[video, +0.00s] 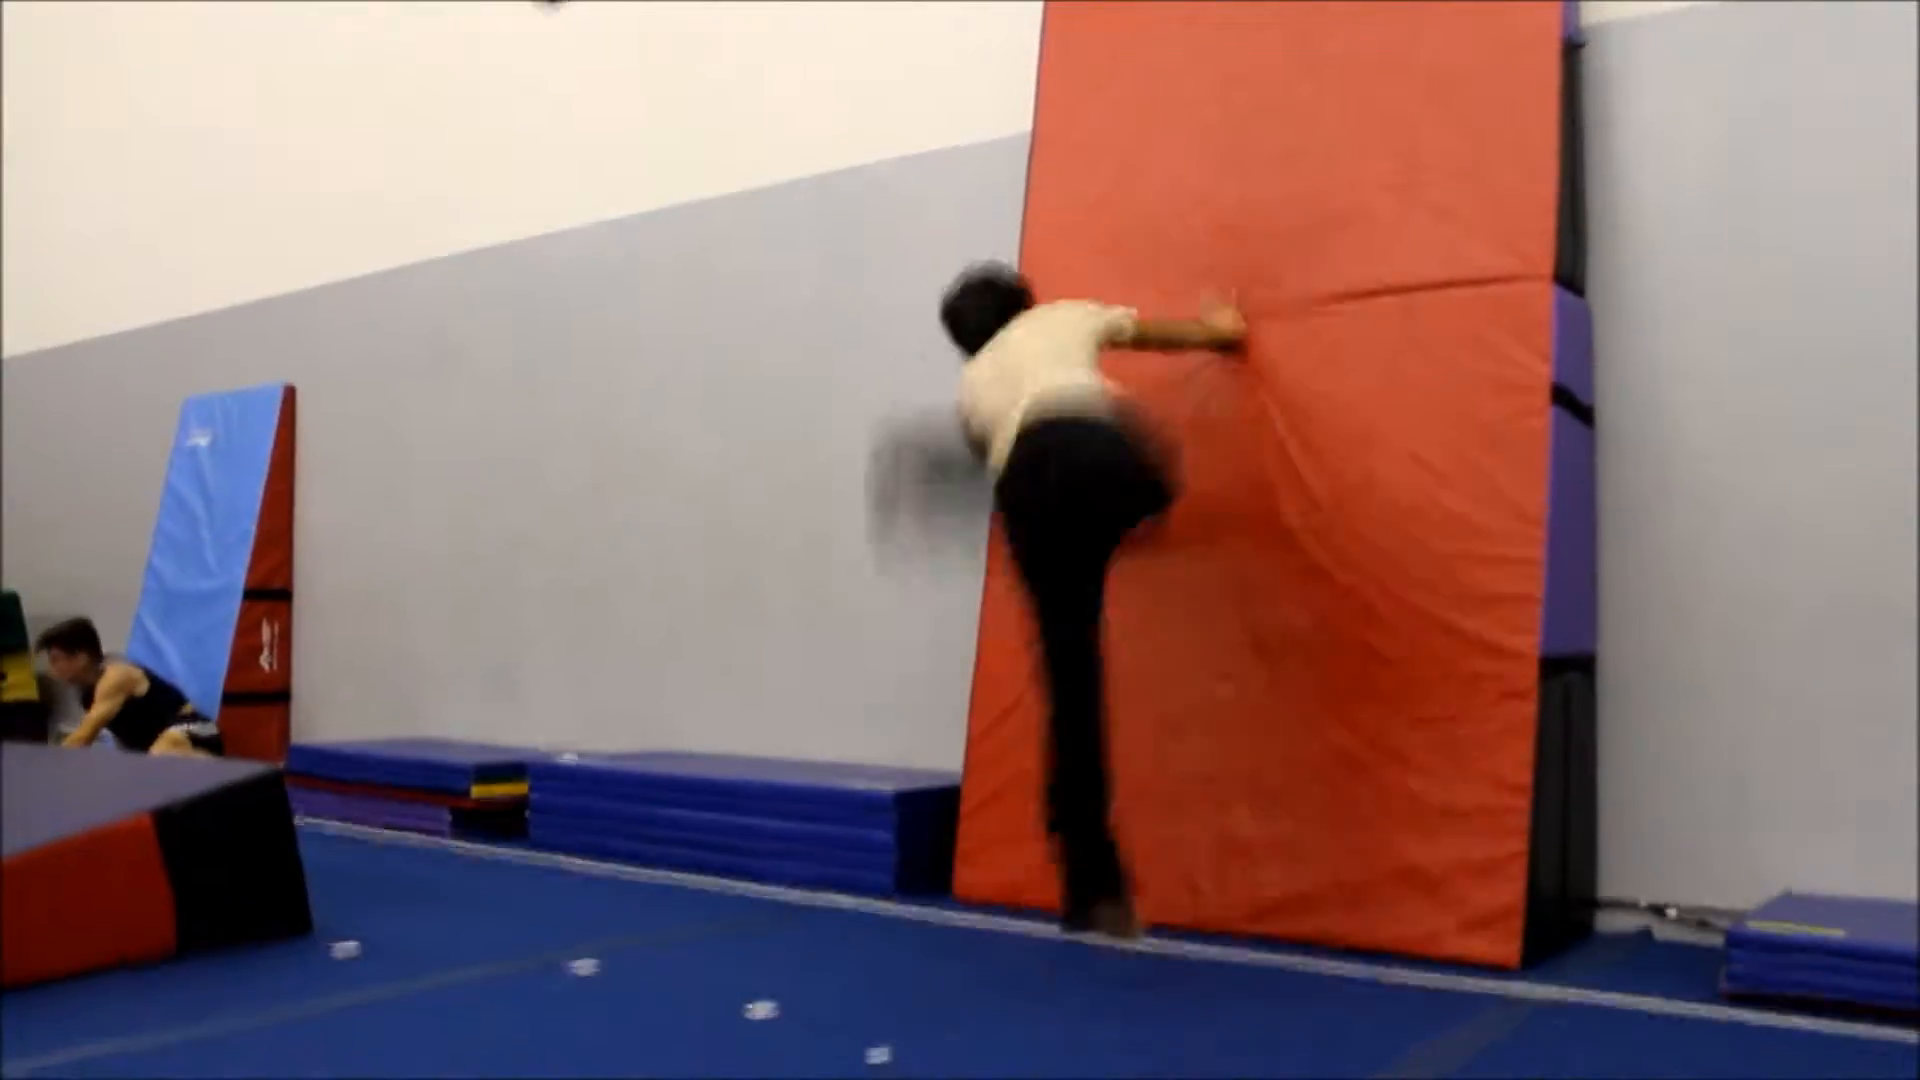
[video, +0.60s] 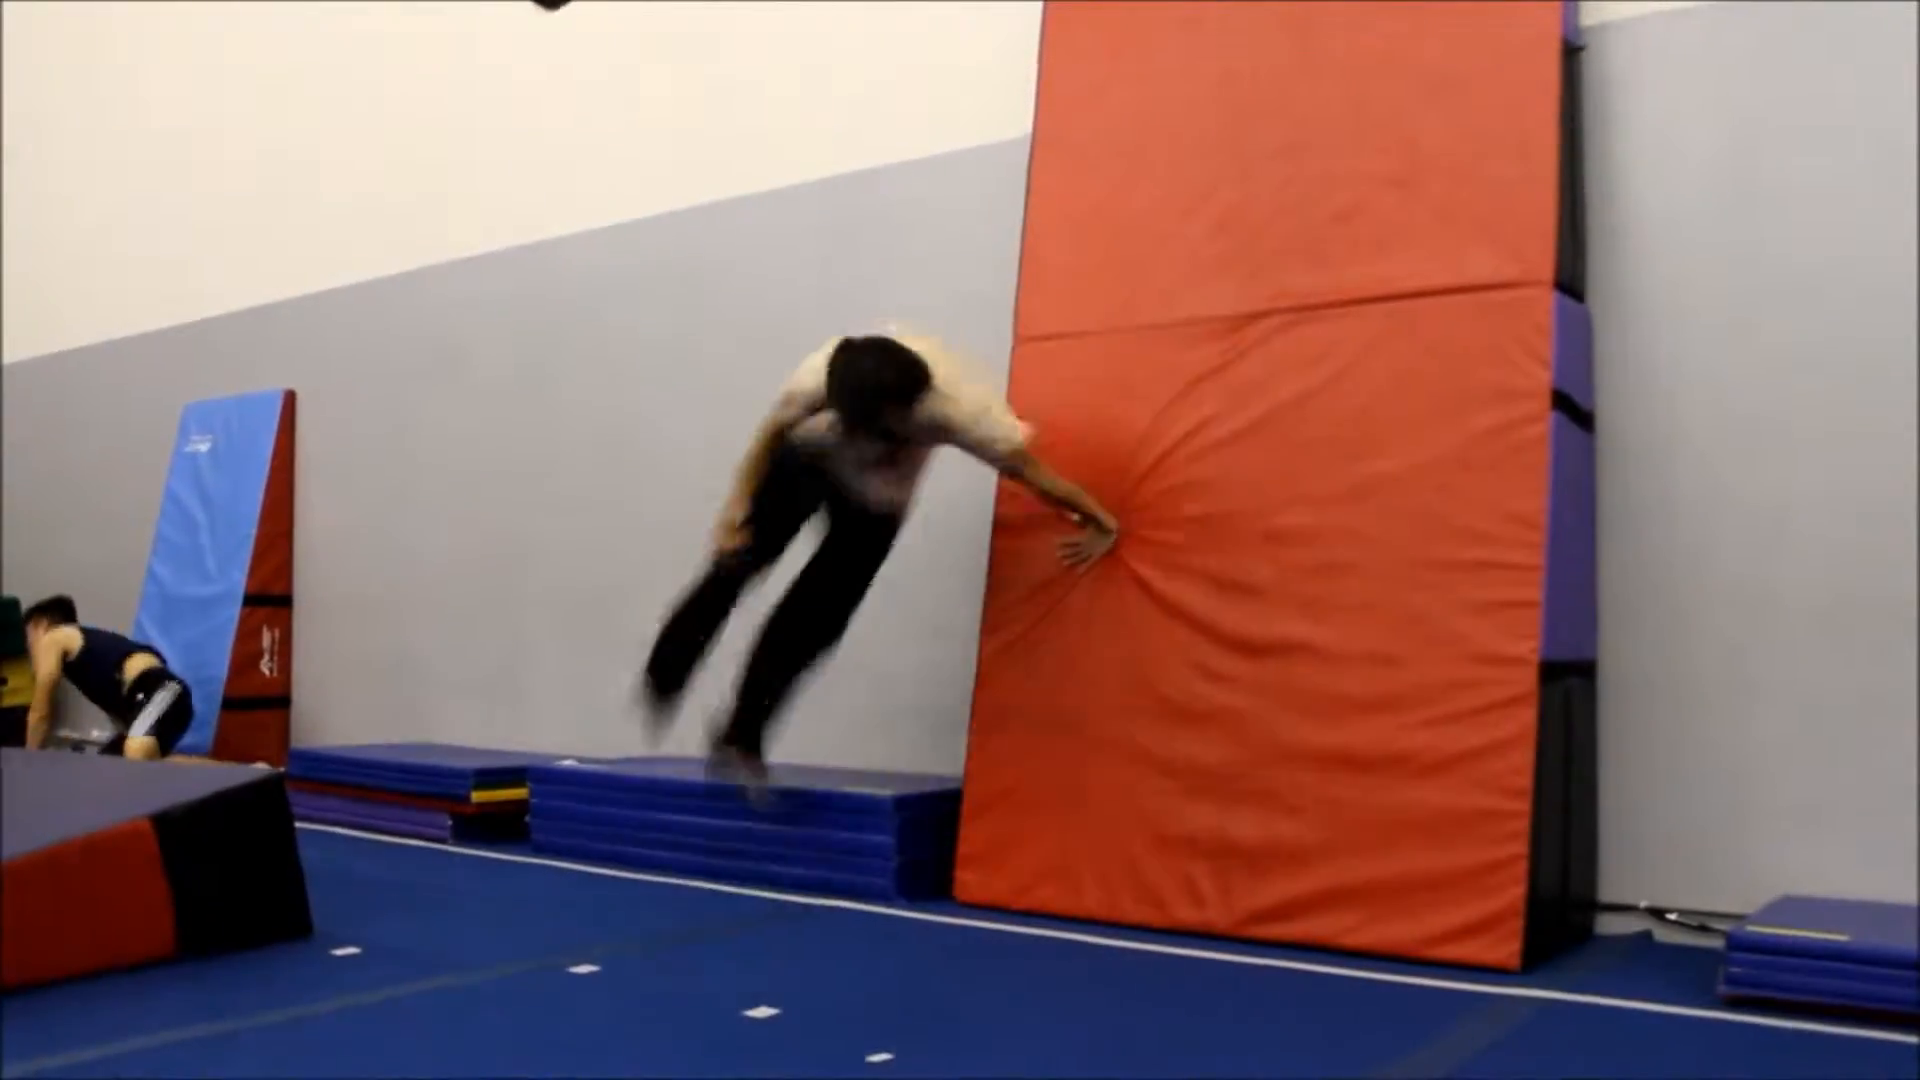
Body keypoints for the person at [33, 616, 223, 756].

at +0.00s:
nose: (52, 668)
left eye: (57, 660)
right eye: (51, 661)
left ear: (81, 658)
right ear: (80, 660)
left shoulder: (116, 676)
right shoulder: (89, 688)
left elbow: (83, 737)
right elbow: (85, 739)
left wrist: (52, 766)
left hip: (190, 729)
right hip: (148, 742)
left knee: (163, 753)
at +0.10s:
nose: (49, 664)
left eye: (52, 654)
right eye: (48, 655)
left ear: (72, 653)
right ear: (72, 653)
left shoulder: (107, 675)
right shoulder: (89, 682)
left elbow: (78, 734)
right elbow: (82, 735)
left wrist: (60, 750)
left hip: (183, 728)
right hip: (146, 743)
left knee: (163, 750)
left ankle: (236, 774)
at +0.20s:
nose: (41, 652)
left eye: (47, 643)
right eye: (40, 644)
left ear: (68, 642)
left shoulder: (100, 663)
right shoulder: (83, 675)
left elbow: (67, 730)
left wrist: (42, 771)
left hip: (180, 724)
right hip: (145, 740)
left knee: (163, 749)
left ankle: (237, 774)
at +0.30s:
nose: (35, 649)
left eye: (39, 640)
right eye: (34, 641)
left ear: (59, 638)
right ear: (58, 639)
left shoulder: (87, 656)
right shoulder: (79, 668)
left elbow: (62, 722)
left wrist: (37, 764)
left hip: (181, 718)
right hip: (145, 734)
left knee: (159, 754)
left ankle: (238, 773)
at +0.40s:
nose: (32, 645)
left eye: (34, 636)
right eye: (31, 637)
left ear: (53, 634)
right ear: (52, 635)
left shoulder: (76, 650)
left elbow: (56, 714)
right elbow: (119, 717)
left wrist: (35, 756)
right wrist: (122, 753)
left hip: (179, 710)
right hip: (152, 723)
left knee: (152, 757)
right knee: (126, 771)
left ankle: (233, 771)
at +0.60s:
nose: (30, 644)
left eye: (30, 636)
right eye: (29, 637)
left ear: (43, 626)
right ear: (62, 623)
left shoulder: (54, 639)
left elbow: (41, 713)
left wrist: (30, 761)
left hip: (164, 689)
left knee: (137, 755)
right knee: (107, 762)